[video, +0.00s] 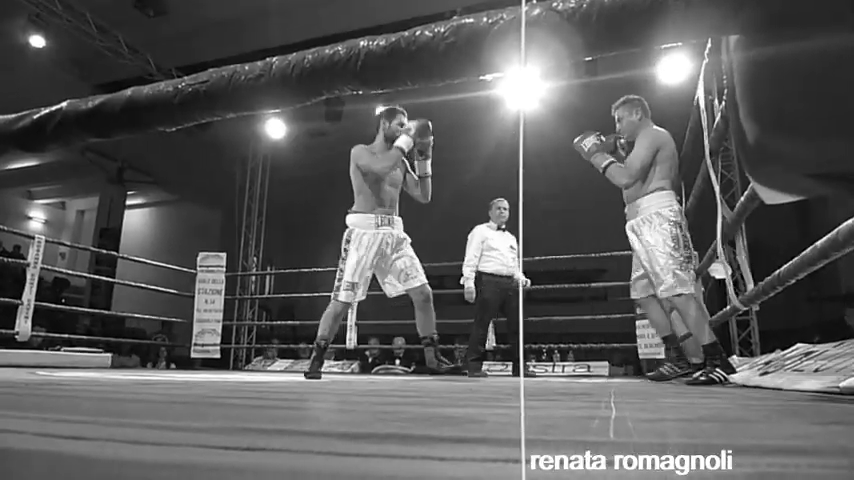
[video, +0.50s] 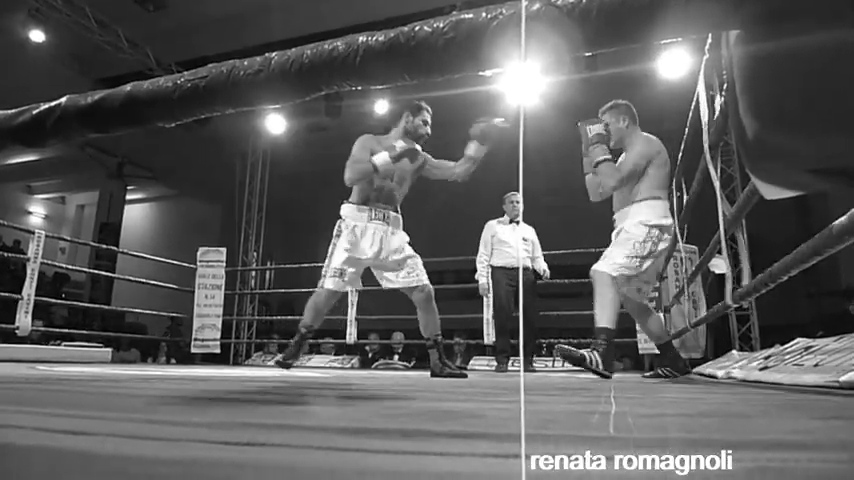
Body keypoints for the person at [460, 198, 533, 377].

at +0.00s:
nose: (502, 212)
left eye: (505, 210)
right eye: (499, 209)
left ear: (509, 214)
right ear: (490, 212)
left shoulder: (511, 238)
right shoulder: (480, 231)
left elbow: (513, 265)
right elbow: (471, 258)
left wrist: (521, 278)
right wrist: (468, 282)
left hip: (510, 281)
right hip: (489, 279)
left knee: (515, 325)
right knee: (482, 323)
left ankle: (519, 364)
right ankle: (474, 365)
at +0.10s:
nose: (510, 211)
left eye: (513, 208)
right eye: (506, 208)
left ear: (517, 212)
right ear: (498, 211)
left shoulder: (520, 236)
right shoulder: (487, 230)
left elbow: (525, 263)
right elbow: (476, 259)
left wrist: (531, 276)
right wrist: (472, 283)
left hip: (517, 279)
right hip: (495, 278)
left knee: (520, 322)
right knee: (492, 319)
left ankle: (519, 364)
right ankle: (478, 364)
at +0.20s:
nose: (513, 210)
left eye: (516, 207)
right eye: (510, 207)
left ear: (520, 211)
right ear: (501, 210)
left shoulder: (524, 235)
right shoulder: (490, 229)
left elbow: (530, 261)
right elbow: (480, 259)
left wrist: (536, 273)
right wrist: (476, 283)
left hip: (520, 277)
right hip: (498, 275)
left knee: (522, 319)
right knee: (498, 313)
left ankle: (520, 363)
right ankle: (485, 361)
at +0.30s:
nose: (515, 208)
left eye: (518, 205)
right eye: (511, 206)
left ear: (522, 209)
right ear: (504, 209)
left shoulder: (527, 234)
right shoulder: (492, 228)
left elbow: (535, 259)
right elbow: (482, 258)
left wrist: (540, 271)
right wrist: (480, 282)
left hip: (523, 276)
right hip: (500, 275)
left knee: (523, 319)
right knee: (500, 317)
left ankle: (521, 362)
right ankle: (497, 360)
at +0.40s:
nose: (515, 207)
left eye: (518, 204)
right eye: (512, 204)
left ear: (522, 207)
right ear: (504, 207)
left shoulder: (529, 232)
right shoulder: (492, 227)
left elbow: (537, 257)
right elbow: (483, 256)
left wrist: (543, 269)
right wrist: (482, 280)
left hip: (525, 274)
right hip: (501, 273)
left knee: (525, 317)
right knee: (503, 316)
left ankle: (523, 359)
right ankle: (502, 360)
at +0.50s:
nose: (516, 206)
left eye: (518, 203)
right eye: (512, 203)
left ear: (522, 206)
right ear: (504, 206)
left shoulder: (529, 230)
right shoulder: (492, 227)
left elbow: (537, 256)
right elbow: (483, 256)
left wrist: (543, 268)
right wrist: (482, 279)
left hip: (526, 272)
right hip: (501, 271)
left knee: (529, 315)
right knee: (502, 314)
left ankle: (527, 359)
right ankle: (502, 359)